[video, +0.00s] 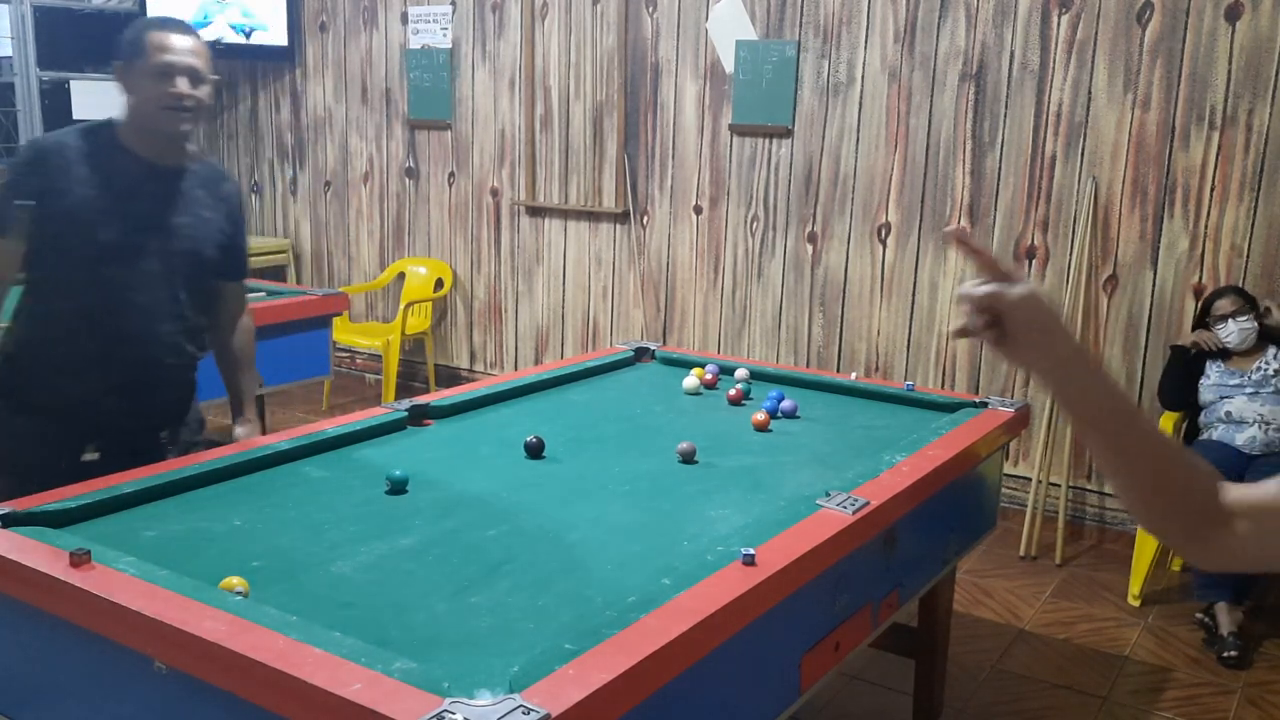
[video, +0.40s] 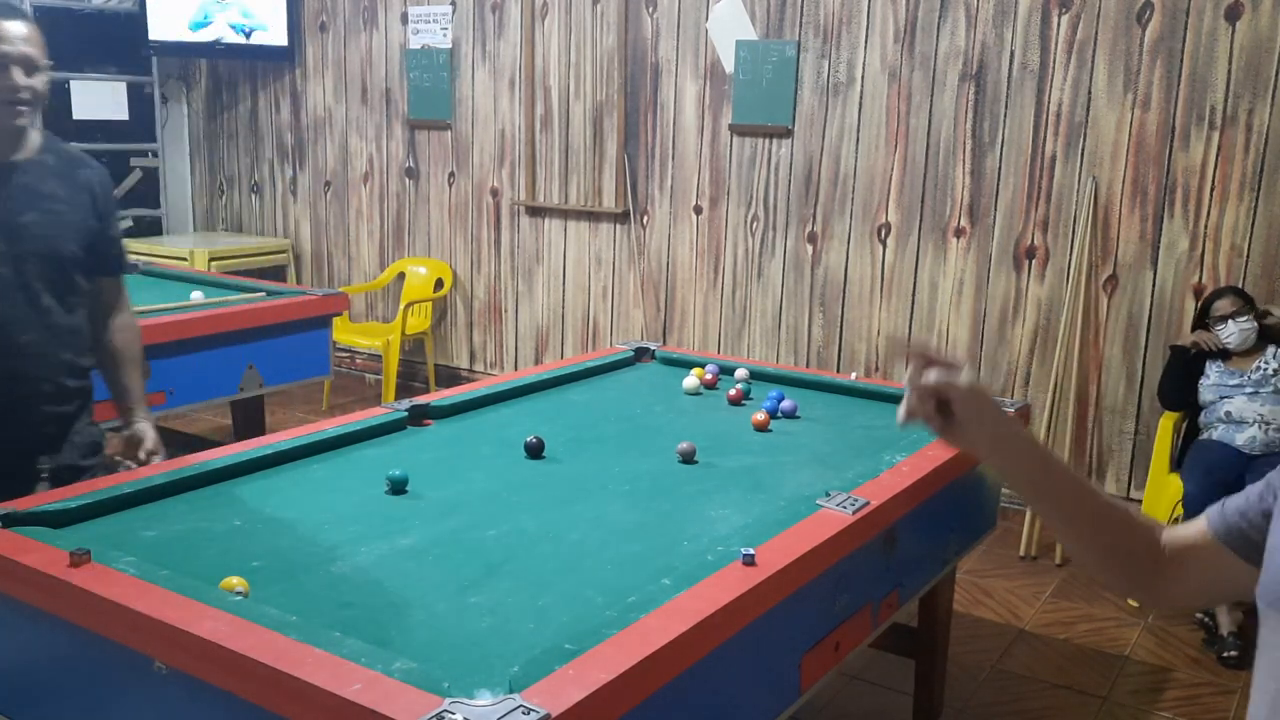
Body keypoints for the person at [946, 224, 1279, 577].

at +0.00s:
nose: (1230, 325)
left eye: (1239, 316)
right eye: (1218, 319)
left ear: (1257, 316)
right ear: (1206, 327)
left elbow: (1216, 527)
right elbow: (1217, 526)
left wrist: (1058, 357)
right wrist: (1058, 357)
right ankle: (1226, 617)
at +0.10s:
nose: (1229, 327)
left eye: (1238, 318)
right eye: (1219, 321)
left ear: (1256, 317)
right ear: (1205, 329)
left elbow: (1185, 527)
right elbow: (1186, 527)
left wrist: (1029, 370)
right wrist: (1030, 370)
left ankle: (1229, 613)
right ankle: (1226, 615)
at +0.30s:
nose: (1231, 330)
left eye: (1241, 320)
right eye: (1222, 322)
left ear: (1259, 321)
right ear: (1208, 328)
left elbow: (1161, 556)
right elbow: (1160, 555)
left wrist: (1000, 404)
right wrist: (999, 403)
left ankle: (1230, 621)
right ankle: (1225, 623)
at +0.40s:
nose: (1228, 328)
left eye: (1239, 319)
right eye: (1219, 319)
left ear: (1260, 326)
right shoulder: (1274, 500)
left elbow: (1162, 571)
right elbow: (1162, 571)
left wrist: (994, 434)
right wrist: (994, 434)